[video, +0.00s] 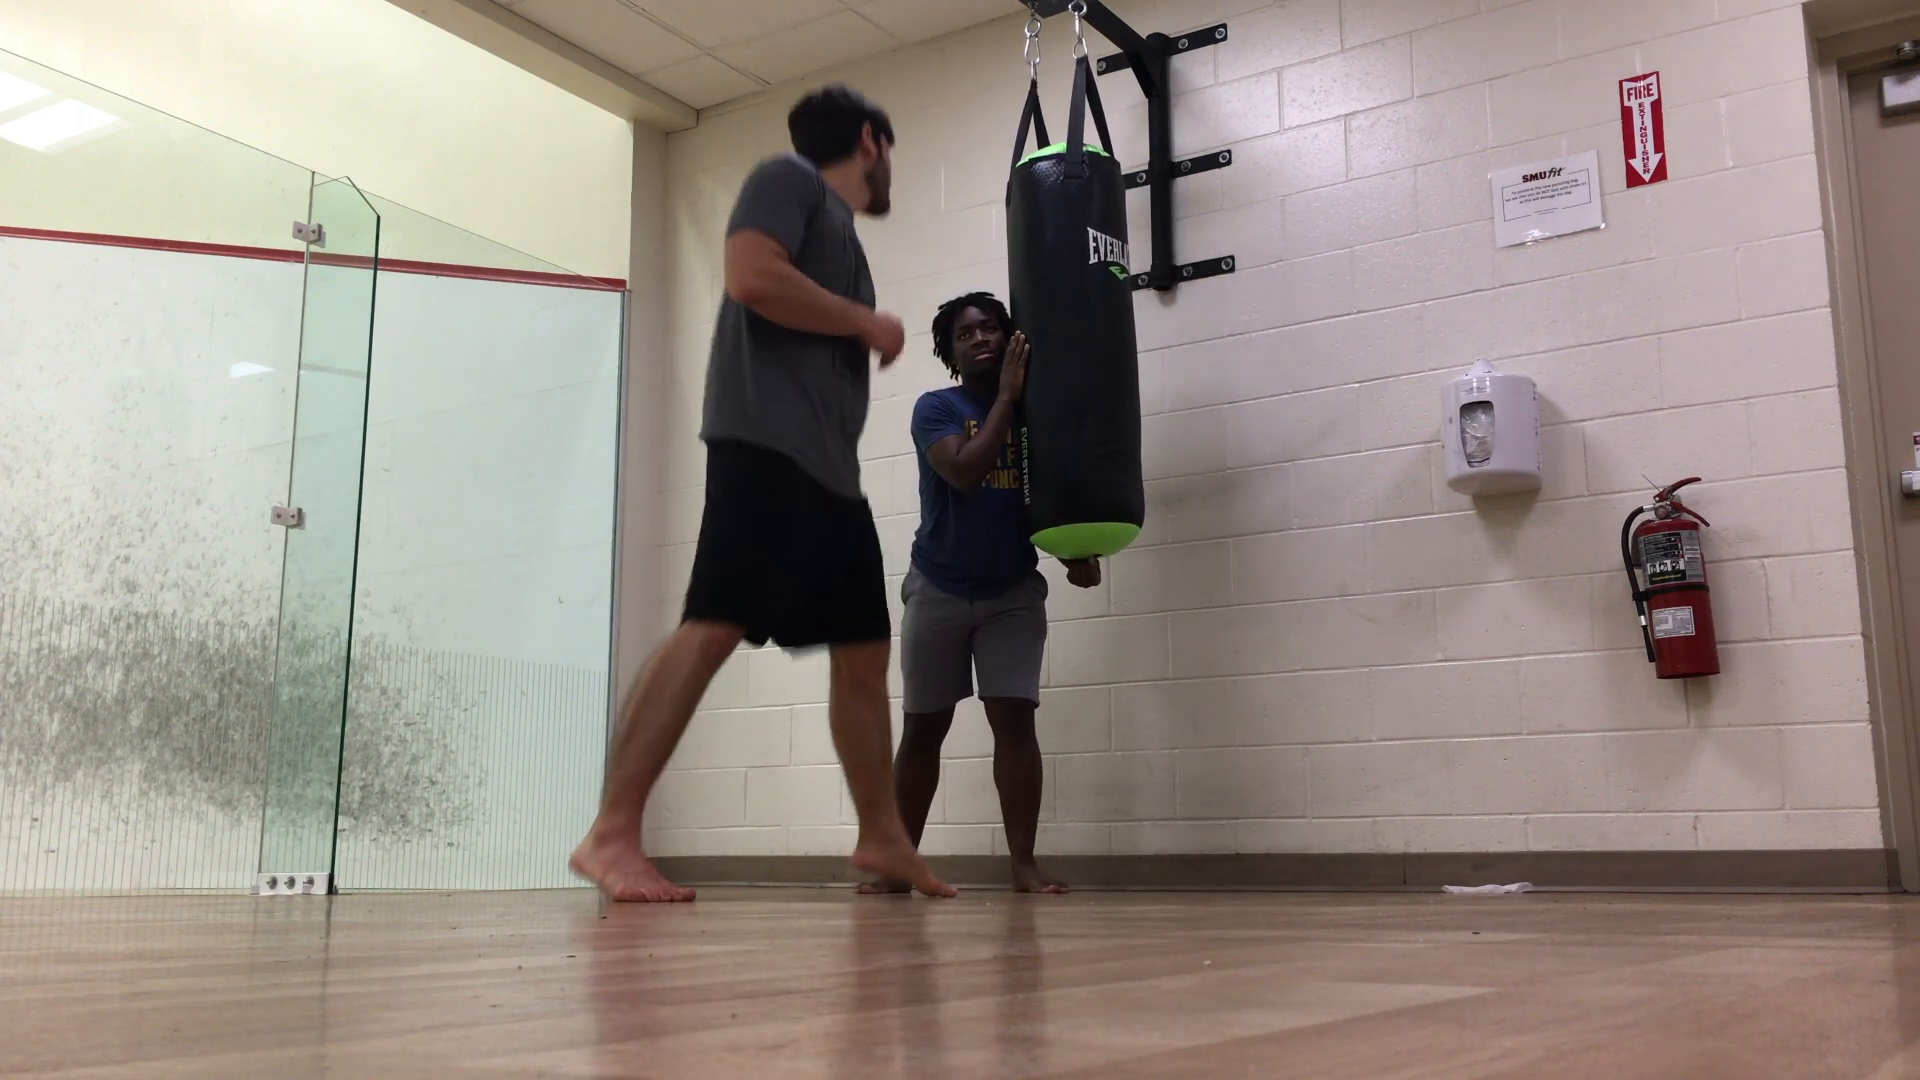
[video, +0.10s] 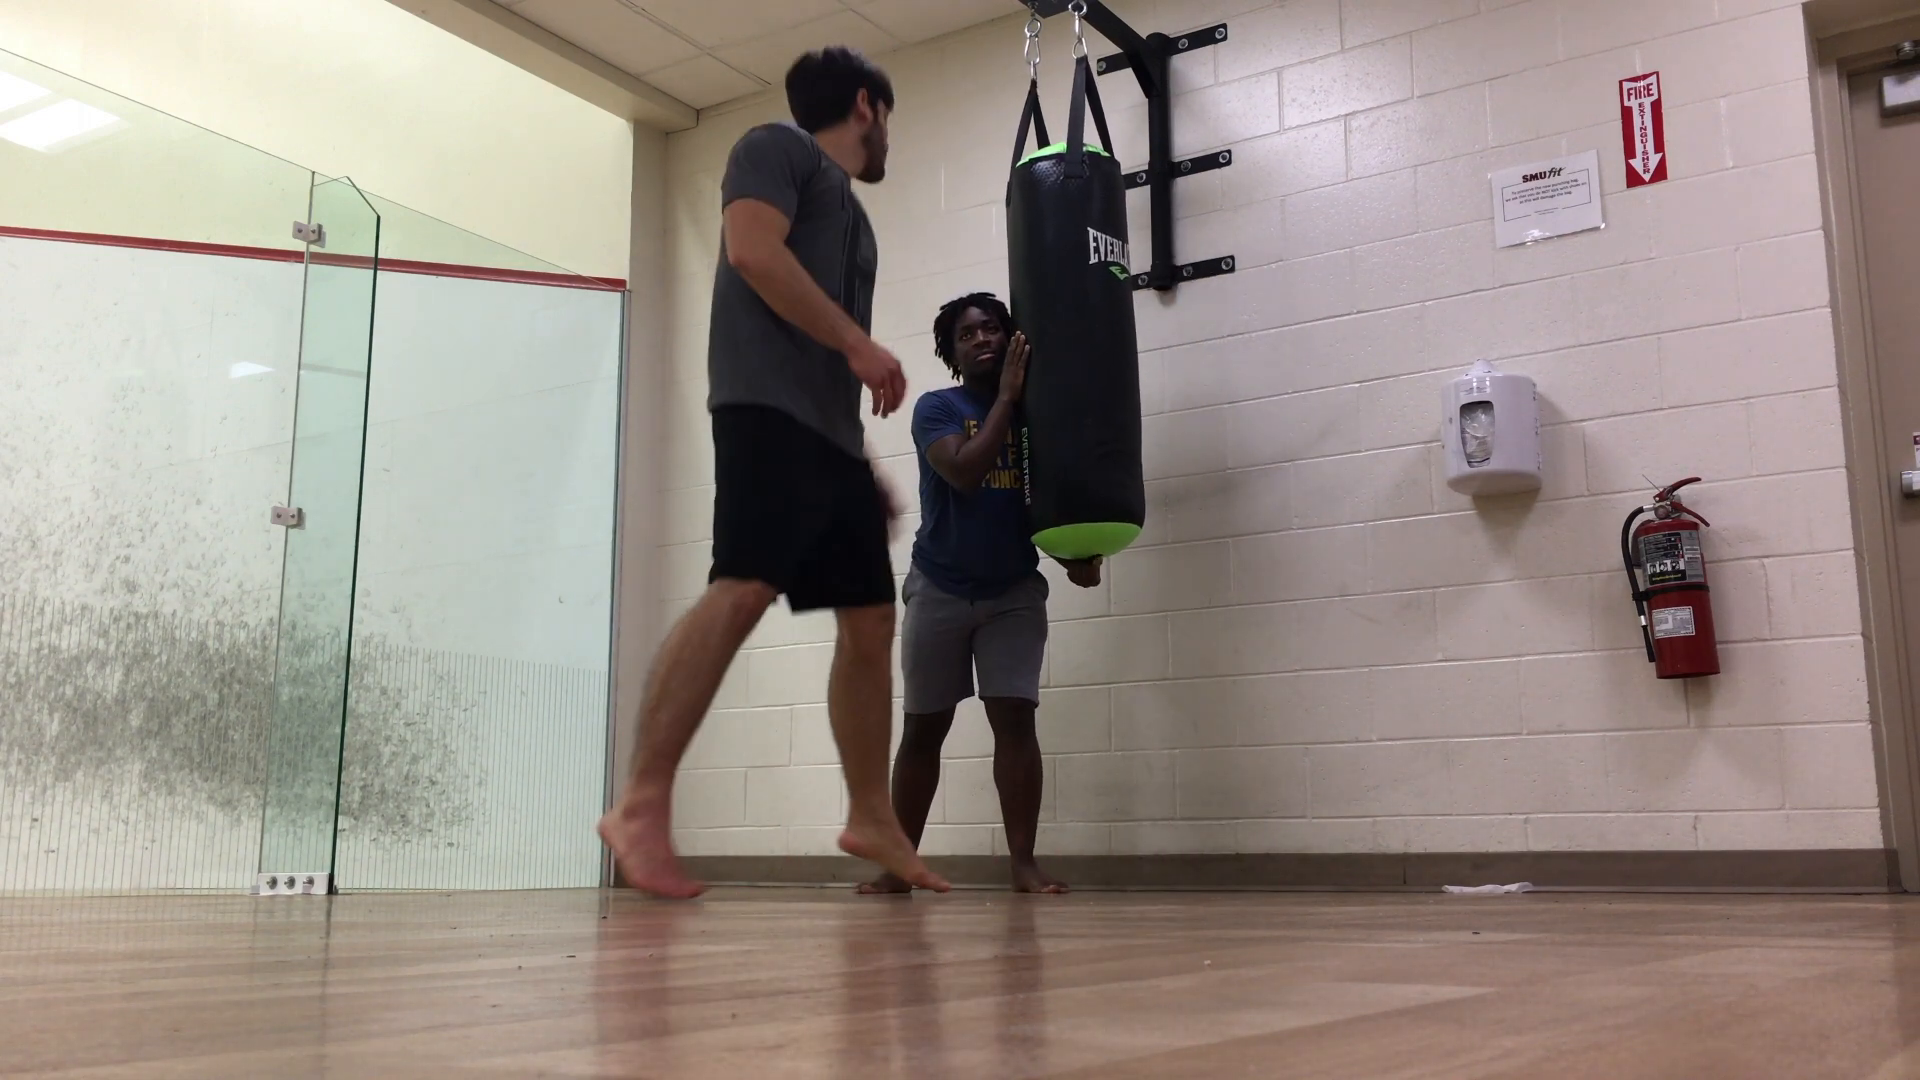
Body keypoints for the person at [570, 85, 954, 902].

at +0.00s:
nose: (891, 175)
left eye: (892, 162)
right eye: (890, 158)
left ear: (838, 145)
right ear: (867, 141)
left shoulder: (840, 242)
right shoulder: (786, 176)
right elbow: (751, 274)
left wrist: (861, 336)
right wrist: (866, 321)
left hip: (826, 466)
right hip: (760, 447)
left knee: (864, 642)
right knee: (713, 626)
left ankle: (882, 840)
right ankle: (610, 834)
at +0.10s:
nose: (886, 137)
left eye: (885, 123)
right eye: (884, 119)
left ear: (840, 111)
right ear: (863, 106)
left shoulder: (849, 222)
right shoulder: (780, 143)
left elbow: (824, 356)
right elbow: (753, 249)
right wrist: (856, 343)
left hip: (826, 430)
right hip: (765, 407)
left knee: (870, 613)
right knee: (746, 586)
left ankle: (873, 818)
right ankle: (639, 807)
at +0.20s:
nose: (885, 143)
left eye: (882, 128)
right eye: (882, 126)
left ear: (835, 120)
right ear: (859, 116)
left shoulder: (838, 227)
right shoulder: (784, 155)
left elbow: (840, 375)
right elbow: (763, 226)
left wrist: (933, 397)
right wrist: (903, 264)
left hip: (832, 436)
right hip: (770, 418)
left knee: (890, 625)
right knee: (749, 604)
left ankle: (851, 832)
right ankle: (641, 826)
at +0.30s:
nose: (876, 149)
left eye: (877, 141)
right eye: (875, 137)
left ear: (812, 122)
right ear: (855, 124)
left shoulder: (820, 212)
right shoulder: (805, 148)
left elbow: (843, 339)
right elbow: (801, 194)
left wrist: (923, 286)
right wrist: (958, 175)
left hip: (827, 447)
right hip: (785, 435)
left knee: (881, 630)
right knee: (755, 619)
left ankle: (849, 839)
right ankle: (642, 827)